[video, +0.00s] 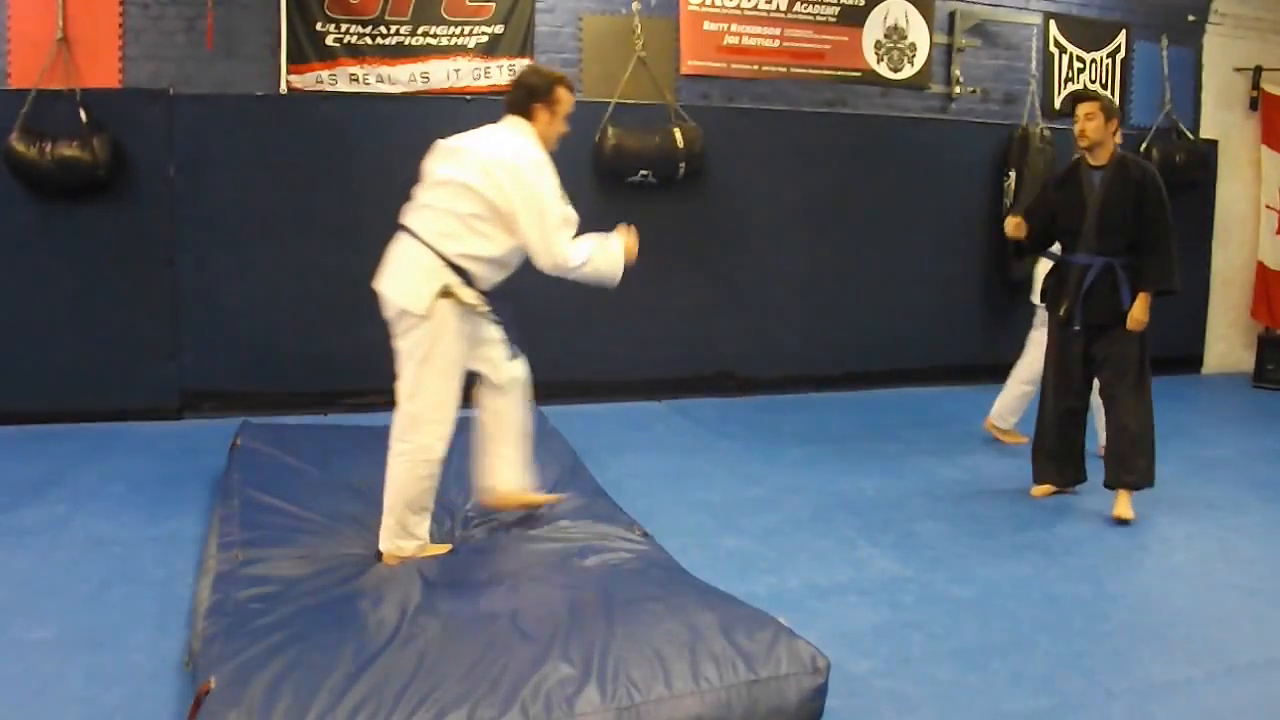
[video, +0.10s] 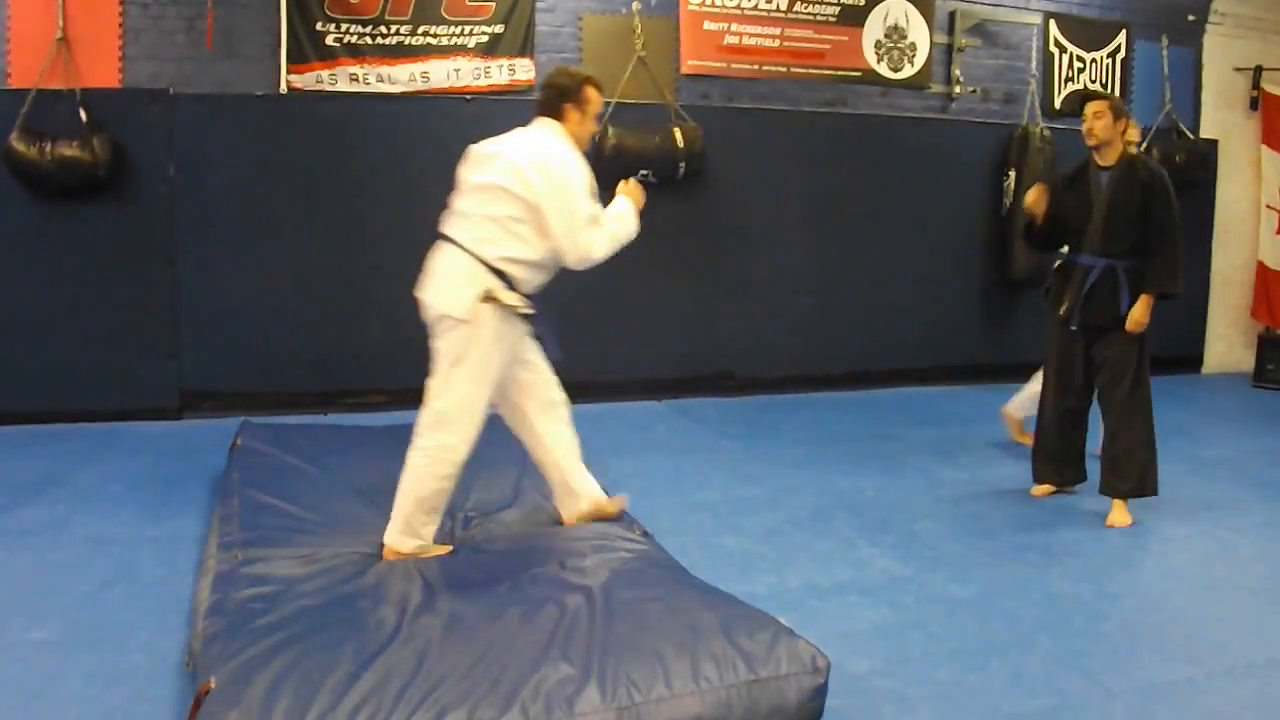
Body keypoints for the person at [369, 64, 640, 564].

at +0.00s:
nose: (566, 129)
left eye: (568, 117)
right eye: (562, 116)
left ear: (525, 110)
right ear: (538, 110)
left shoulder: (475, 140)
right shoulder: (525, 157)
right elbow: (555, 252)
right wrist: (616, 248)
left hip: (417, 276)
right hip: (430, 286)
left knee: (506, 372)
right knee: (426, 416)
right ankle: (403, 540)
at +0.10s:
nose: (597, 126)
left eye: (598, 116)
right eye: (594, 114)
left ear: (552, 109)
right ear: (571, 109)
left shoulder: (493, 147)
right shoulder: (559, 159)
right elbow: (581, 247)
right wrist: (627, 208)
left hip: (453, 283)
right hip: (477, 299)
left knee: (540, 402)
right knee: (450, 421)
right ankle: (406, 540)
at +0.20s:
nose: (626, 122)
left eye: (626, 112)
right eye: (621, 112)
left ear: (580, 111)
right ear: (595, 111)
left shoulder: (528, 154)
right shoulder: (593, 160)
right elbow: (620, 243)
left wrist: (633, 204)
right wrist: (667, 213)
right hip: (522, 302)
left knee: (574, 411)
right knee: (510, 424)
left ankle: (582, 524)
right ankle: (421, 526)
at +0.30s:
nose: (652, 118)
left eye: (652, 108)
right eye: (646, 107)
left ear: (612, 107)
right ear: (621, 105)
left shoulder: (571, 147)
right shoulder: (620, 152)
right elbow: (657, 237)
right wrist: (714, 233)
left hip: (542, 294)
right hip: (559, 300)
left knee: (603, 415)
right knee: (597, 415)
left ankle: (589, 532)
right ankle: (486, 479)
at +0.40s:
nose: (684, 111)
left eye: (683, 101)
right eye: (678, 100)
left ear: (643, 101)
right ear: (653, 99)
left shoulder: (599, 142)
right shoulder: (652, 145)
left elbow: (598, 225)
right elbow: (682, 229)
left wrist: (651, 278)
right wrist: (718, 178)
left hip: (561, 287)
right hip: (598, 290)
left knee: (613, 398)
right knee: (664, 389)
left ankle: (592, 524)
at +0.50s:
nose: (711, 108)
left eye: (710, 98)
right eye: (707, 98)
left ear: (669, 97)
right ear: (684, 98)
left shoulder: (628, 141)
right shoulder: (685, 149)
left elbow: (630, 222)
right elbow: (714, 231)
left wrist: (688, 265)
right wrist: (753, 182)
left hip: (589, 283)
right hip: (633, 290)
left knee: (629, 398)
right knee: (705, 383)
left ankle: (592, 515)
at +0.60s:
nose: (744, 111)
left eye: (743, 101)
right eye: (739, 100)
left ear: (698, 99)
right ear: (715, 99)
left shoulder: (655, 144)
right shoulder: (719, 155)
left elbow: (654, 224)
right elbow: (751, 236)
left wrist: (709, 265)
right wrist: (809, 223)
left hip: (626, 286)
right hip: (672, 298)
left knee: (642, 404)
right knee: (721, 408)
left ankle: (593, 511)